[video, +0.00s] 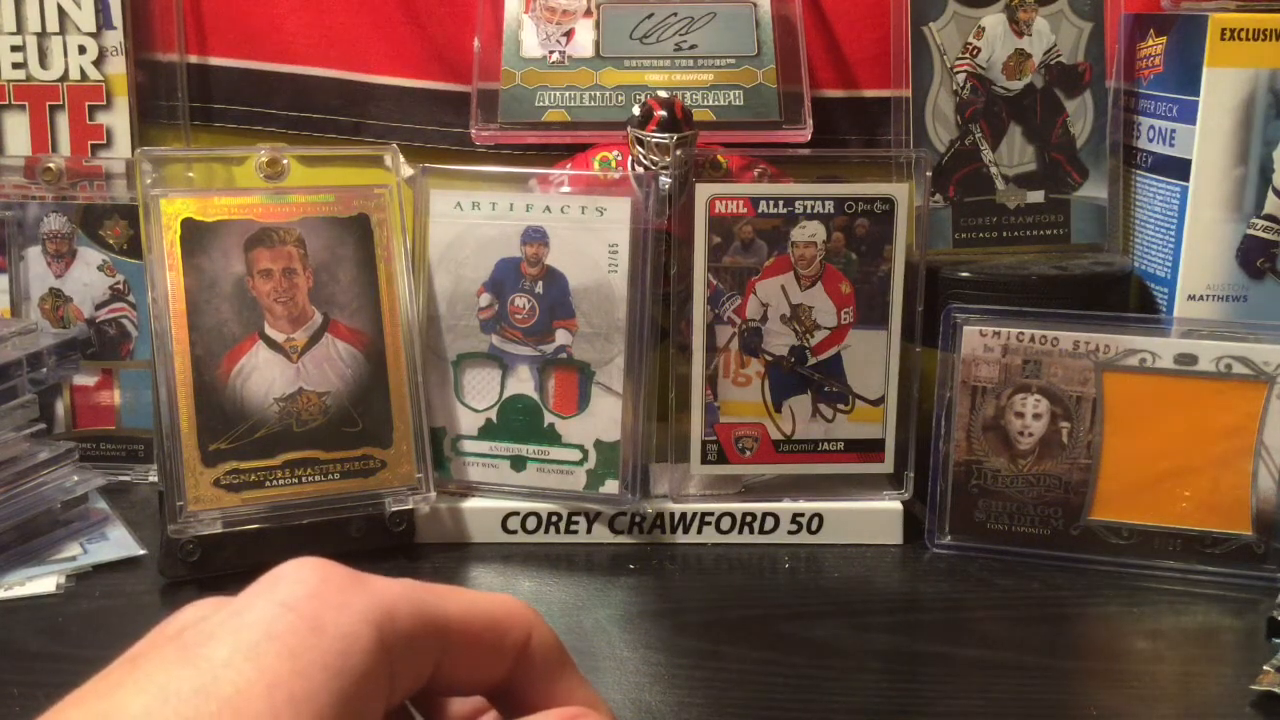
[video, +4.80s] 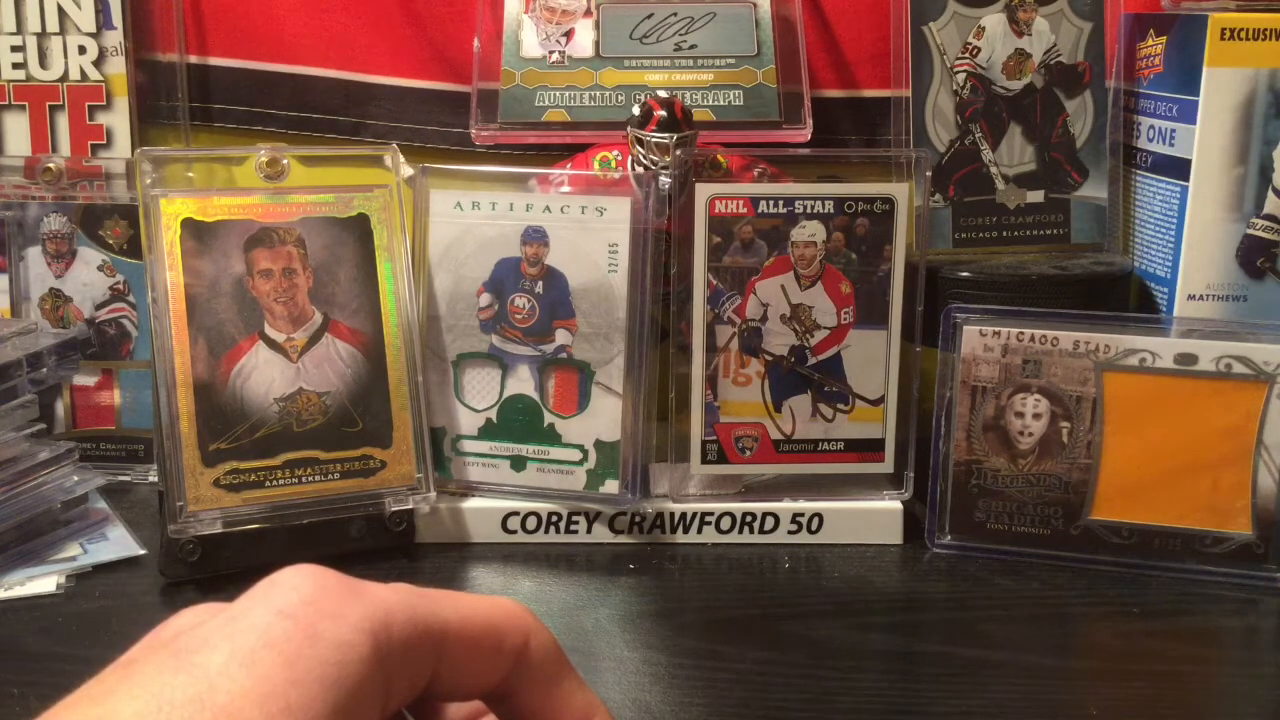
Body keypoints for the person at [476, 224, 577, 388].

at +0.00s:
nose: (534, 251)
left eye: (540, 246)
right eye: (530, 246)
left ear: (547, 250)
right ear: (522, 248)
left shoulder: (557, 280)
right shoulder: (504, 268)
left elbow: (565, 321)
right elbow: (487, 293)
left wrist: (562, 349)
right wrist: (487, 316)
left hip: (541, 354)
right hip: (503, 350)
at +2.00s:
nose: (534, 251)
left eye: (540, 247)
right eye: (530, 246)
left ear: (546, 251)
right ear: (522, 248)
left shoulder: (556, 279)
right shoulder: (504, 268)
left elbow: (565, 321)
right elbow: (487, 291)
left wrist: (562, 348)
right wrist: (486, 311)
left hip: (541, 353)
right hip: (502, 348)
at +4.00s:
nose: (535, 251)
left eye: (540, 246)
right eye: (530, 246)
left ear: (546, 250)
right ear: (522, 248)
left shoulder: (557, 280)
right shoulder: (504, 267)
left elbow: (565, 321)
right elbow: (487, 292)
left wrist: (562, 350)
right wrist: (487, 318)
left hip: (541, 353)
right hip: (502, 348)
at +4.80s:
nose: (534, 251)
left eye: (539, 247)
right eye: (530, 246)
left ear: (547, 250)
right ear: (522, 248)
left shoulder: (557, 280)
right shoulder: (504, 267)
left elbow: (565, 322)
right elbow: (487, 292)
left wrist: (561, 352)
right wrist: (487, 318)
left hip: (542, 351)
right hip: (503, 347)